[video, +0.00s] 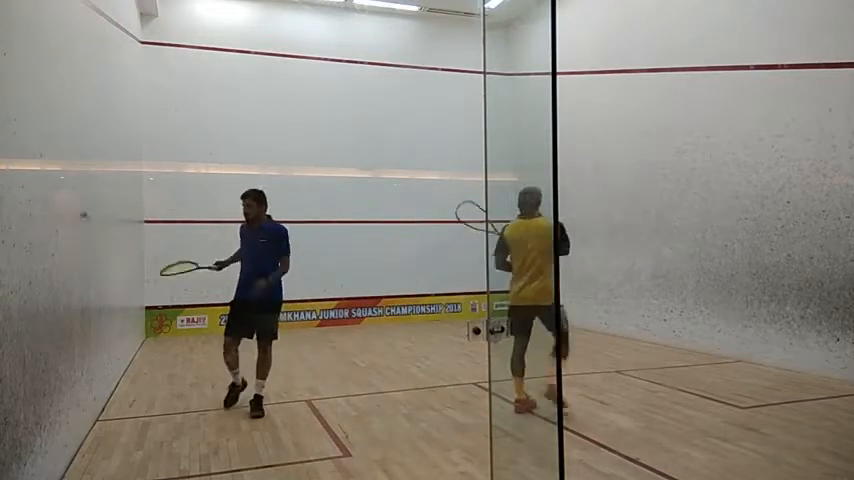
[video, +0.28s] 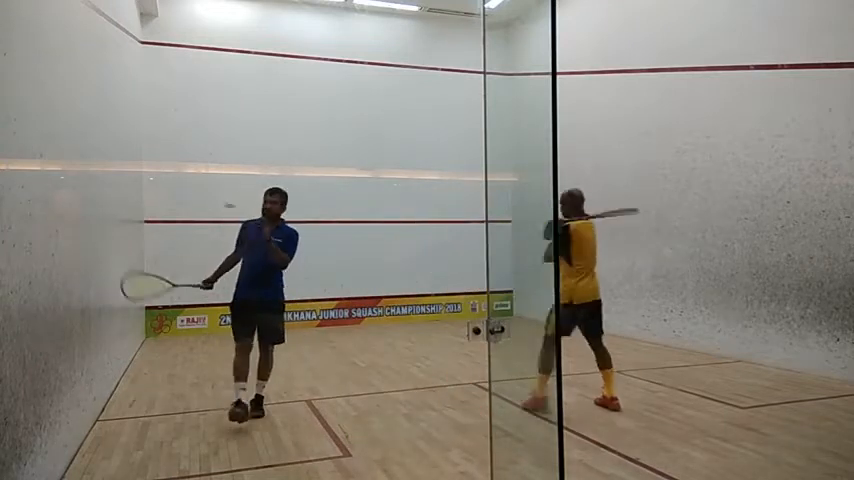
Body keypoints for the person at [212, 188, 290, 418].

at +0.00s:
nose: (245, 210)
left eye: (249, 206)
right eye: (244, 206)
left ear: (263, 207)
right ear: (244, 207)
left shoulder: (278, 231)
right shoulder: (245, 230)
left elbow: (285, 265)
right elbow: (245, 252)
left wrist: (270, 279)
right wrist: (226, 263)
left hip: (269, 297)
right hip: (244, 294)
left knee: (264, 346)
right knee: (229, 345)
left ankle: (257, 396)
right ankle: (237, 382)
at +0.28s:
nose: (269, 206)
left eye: (275, 203)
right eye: (267, 202)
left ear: (283, 207)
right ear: (262, 204)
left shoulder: (289, 234)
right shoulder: (249, 227)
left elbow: (282, 262)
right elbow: (236, 255)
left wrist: (268, 239)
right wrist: (214, 277)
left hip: (270, 301)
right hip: (244, 299)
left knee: (266, 349)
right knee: (242, 348)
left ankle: (258, 400)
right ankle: (240, 402)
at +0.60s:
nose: (279, 207)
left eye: (283, 203)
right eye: (274, 203)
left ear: (287, 207)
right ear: (265, 205)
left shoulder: (293, 236)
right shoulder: (250, 232)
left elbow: (296, 271)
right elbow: (224, 258)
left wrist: (294, 268)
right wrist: (187, 258)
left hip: (280, 305)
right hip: (255, 304)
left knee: (272, 356)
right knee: (260, 357)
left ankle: (258, 398)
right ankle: (266, 417)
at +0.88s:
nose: (295, 202)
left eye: (296, 198)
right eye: (290, 198)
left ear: (296, 201)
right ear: (275, 202)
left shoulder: (302, 231)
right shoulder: (258, 230)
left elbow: (311, 265)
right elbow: (230, 254)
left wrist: (330, 296)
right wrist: (209, 244)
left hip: (296, 306)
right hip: (267, 307)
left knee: (308, 350)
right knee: (264, 357)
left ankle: (279, 393)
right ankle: (264, 416)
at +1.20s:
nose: (327, 206)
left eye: (327, 201)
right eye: (323, 201)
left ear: (316, 204)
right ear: (307, 203)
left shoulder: (324, 232)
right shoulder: (288, 230)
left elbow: (344, 262)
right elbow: (263, 254)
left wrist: (374, 276)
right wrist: (258, 241)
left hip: (312, 304)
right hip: (288, 306)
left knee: (331, 348)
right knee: (281, 358)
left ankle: (348, 405)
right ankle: (268, 416)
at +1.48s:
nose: (365, 211)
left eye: (365, 206)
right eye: (362, 206)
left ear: (348, 207)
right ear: (351, 207)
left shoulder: (348, 232)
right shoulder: (335, 235)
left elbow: (351, 256)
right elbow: (343, 262)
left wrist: (369, 262)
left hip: (344, 304)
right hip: (330, 305)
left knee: (355, 348)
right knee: (333, 354)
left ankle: (355, 406)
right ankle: (288, 402)